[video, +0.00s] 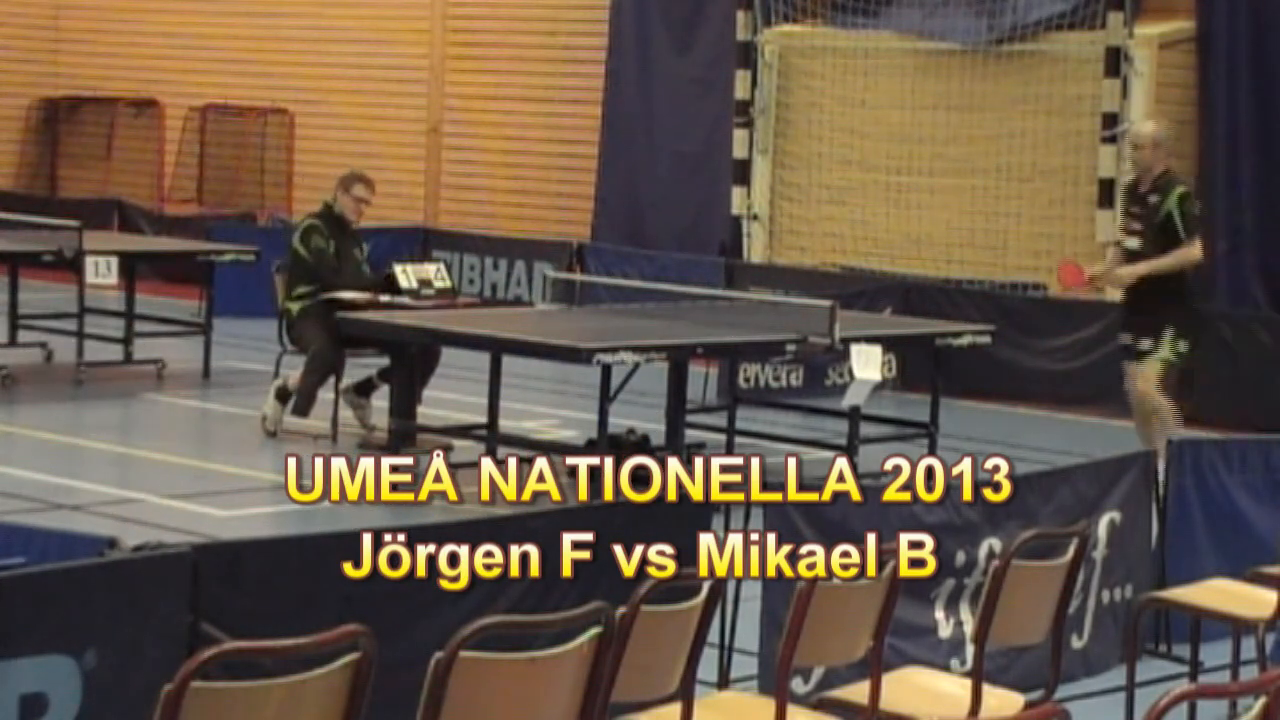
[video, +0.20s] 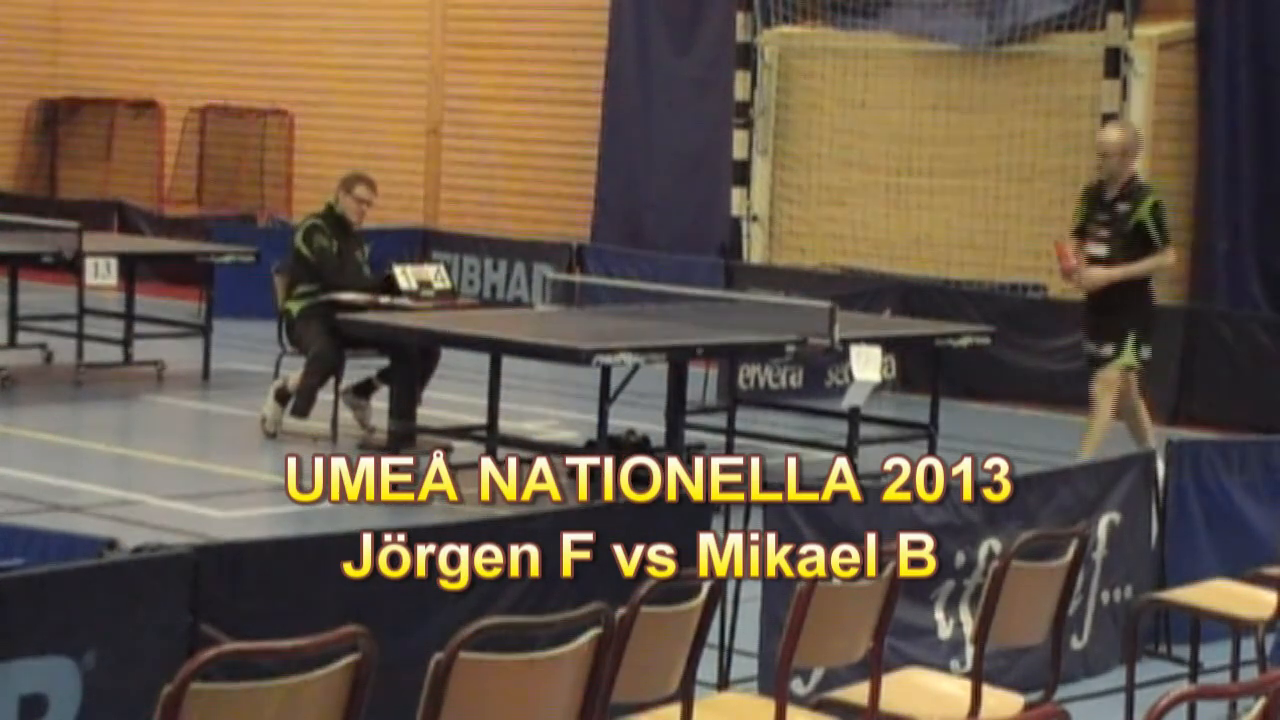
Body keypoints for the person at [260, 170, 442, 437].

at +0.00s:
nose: (362, 210)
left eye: (366, 204)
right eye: (357, 201)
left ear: (368, 205)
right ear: (339, 194)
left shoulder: (354, 238)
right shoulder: (312, 228)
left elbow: (363, 282)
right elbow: (334, 277)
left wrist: (398, 280)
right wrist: (377, 283)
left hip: (350, 313)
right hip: (310, 312)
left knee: (425, 350)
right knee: (328, 354)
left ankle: (361, 391)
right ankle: (283, 392)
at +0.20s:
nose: (363, 211)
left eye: (369, 205)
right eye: (359, 202)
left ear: (371, 207)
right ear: (341, 196)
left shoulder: (357, 239)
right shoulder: (313, 229)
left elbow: (360, 283)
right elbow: (335, 277)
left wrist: (396, 283)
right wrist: (379, 285)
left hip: (349, 315)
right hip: (310, 314)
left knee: (424, 349)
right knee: (328, 356)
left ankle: (361, 393)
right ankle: (283, 394)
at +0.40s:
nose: (363, 208)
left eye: (367, 202)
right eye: (358, 199)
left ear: (370, 204)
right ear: (340, 195)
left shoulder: (355, 238)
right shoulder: (313, 229)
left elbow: (365, 281)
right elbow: (334, 276)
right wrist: (371, 286)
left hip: (350, 318)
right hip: (310, 316)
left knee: (419, 350)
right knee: (328, 349)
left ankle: (362, 391)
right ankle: (299, 395)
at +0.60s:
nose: (309, 199)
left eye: (316, 192)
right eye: (303, 191)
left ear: (325, 196)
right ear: (291, 193)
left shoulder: (331, 240)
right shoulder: (270, 239)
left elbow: (346, 290)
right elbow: (263, 300)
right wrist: (312, 316)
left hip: (335, 325)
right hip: (293, 325)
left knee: (409, 359)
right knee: (303, 367)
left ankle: (346, 403)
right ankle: (255, 409)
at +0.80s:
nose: (315, 201)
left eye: (322, 195)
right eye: (308, 194)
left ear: (330, 199)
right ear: (296, 197)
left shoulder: (337, 242)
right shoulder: (275, 240)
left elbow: (352, 291)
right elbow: (271, 296)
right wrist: (310, 322)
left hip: (341, 327)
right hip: (299, 327)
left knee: (413, 360)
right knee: (311, 368)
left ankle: (352, 403)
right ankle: (262, 407)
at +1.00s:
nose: (317, 200)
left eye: (323, 194)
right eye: (310, 194)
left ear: (332, 198)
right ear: (299, 196)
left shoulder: (338, 241)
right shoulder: (280, 239)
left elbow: (354, 287)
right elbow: (272, 290)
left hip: (342, 325)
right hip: (300, 325)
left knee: (415, 358)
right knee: (315, 365)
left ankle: (353, 401)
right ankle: (266, 405)